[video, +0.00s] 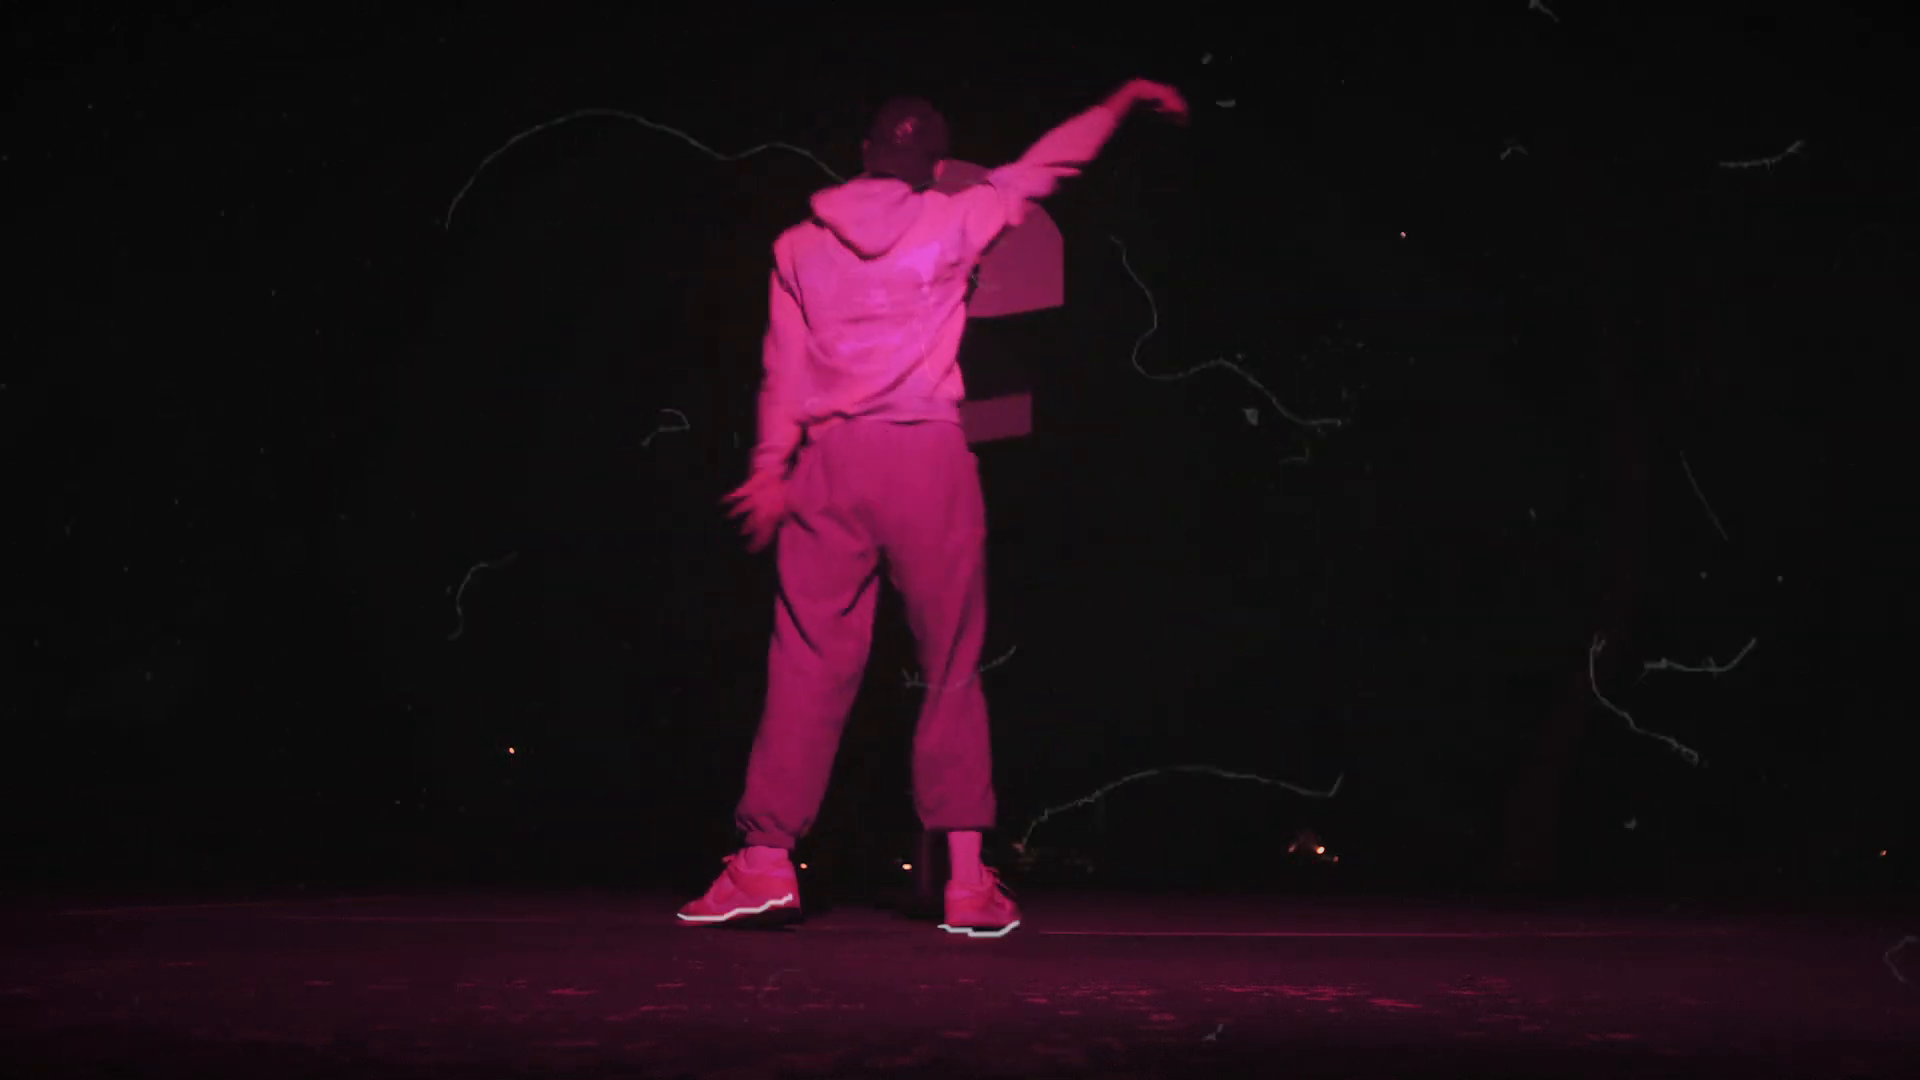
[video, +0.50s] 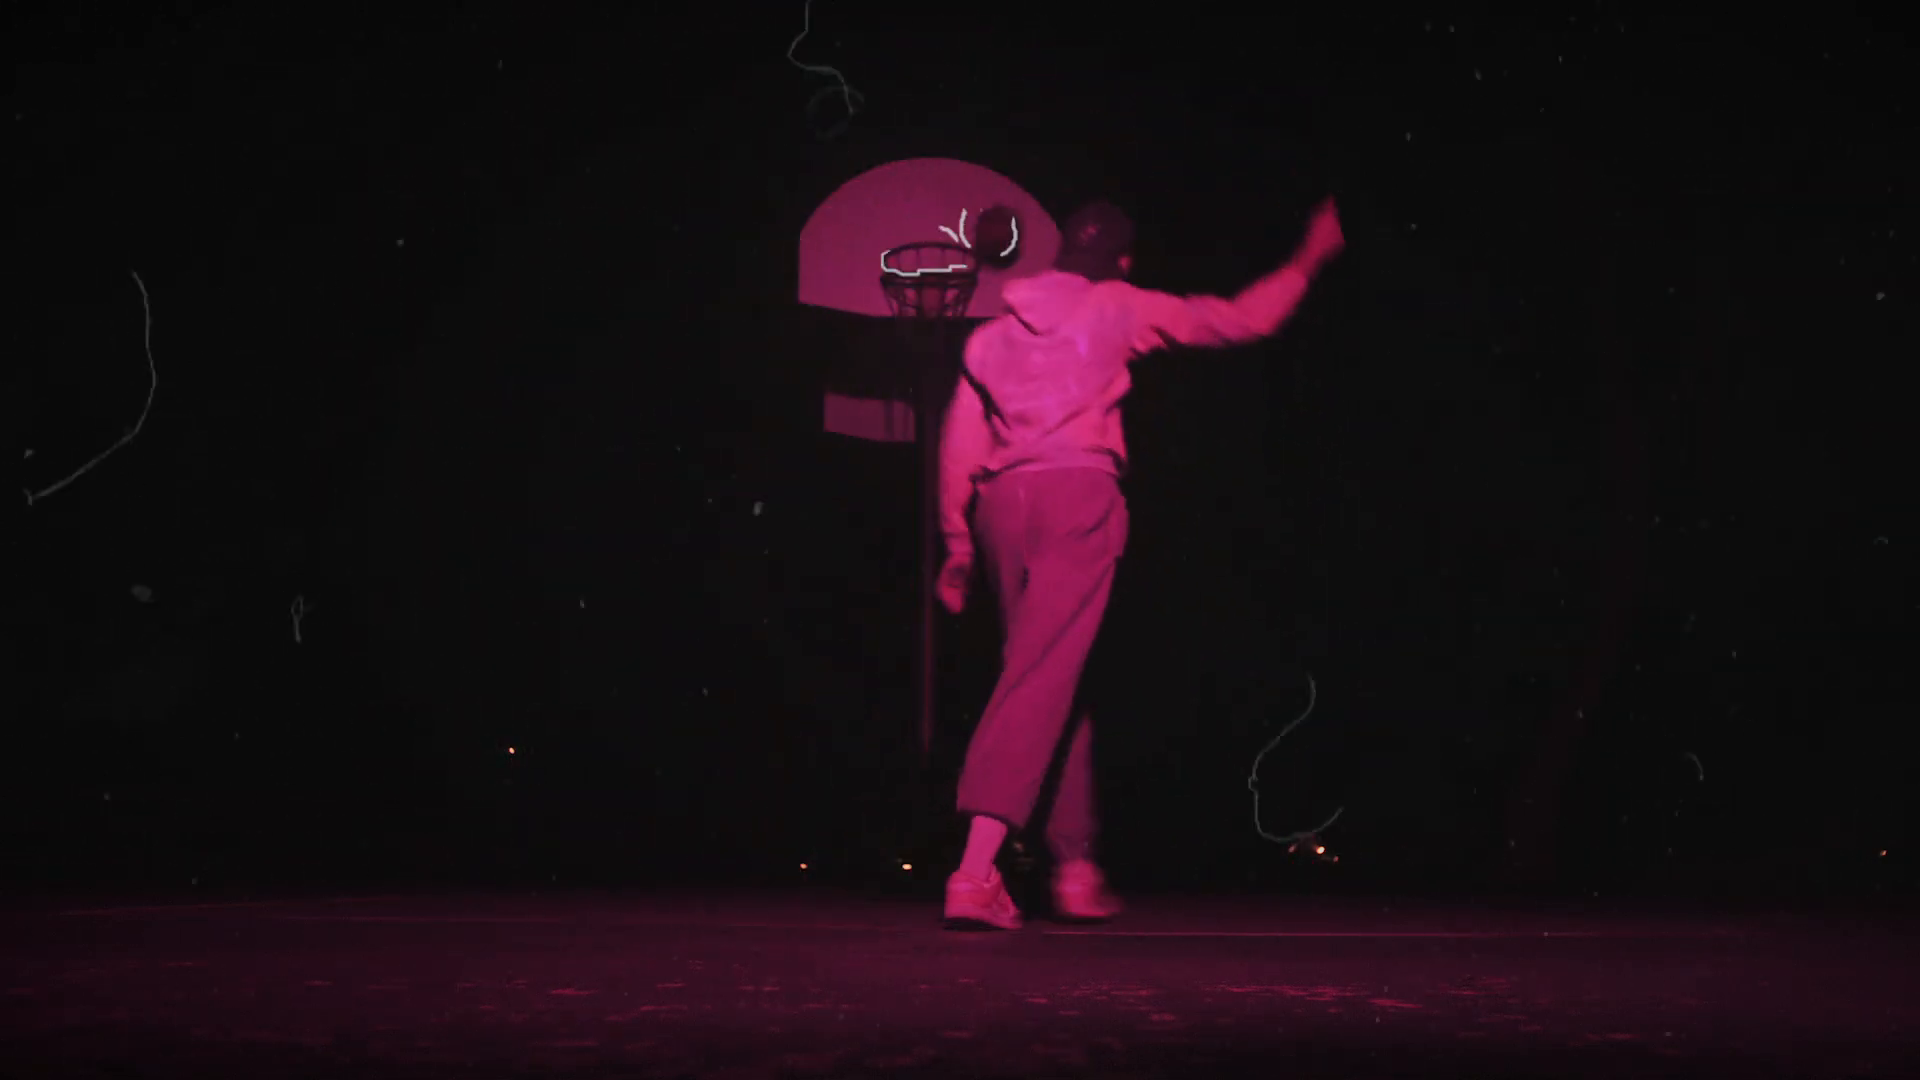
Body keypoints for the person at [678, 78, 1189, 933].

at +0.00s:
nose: (945, 174)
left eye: (933, 159)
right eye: (942, 162)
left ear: (862, 156)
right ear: (935, 164)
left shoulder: (799, 246)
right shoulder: (951, 221)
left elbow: (782, 373)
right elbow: (1043, 168)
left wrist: (769, 471)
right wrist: (1122, 100)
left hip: (825, 464)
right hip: (923, 462)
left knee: (809, 658)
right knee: (950, 663)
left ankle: (764, 859)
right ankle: (966, 878)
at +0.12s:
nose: (985, 194)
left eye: (970, 182)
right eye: (986, 186)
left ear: (910, 186)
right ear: (982, 191)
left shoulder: (856, 263)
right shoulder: (1001, 241)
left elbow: (844, 370)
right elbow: (1100, 184)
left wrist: (845, 445)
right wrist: (1184, 110)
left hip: (893, 476)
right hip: (987, 471)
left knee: (858, 658)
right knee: (998, 666)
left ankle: (778, 827)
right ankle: (975, 872)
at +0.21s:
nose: (1013, 204)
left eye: (1004, 193)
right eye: (1010, 195)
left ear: (929, 195)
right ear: (998, 198)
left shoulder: (873, 273)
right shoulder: (1015, 250)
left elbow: (859, 385)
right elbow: (1114, 193)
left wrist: (865, 457)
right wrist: (1202, 113)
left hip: (914, 482)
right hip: (1004, 475)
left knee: (875, 662)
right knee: (1010, 670)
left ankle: (798, 820)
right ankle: (976, 877)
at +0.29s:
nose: (1045, 207)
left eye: (1039, 196)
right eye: (1042, 197)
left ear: (968, 200)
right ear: (1031, 203)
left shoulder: (907, 277)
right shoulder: (1045, 254)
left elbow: (891, 385)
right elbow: (1154, 207)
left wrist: (886, 474)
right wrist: (1237, 126)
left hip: (943, 483)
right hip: (1031, 478)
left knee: (917, 671)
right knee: (1016, 674)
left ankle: (855, 819)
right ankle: (977, 879)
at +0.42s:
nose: (1092, 239)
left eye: (1088, 227)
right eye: (1091, 229)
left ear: (1020, 227)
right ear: (1078, 232)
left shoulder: (954, 310)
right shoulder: (1086, 281)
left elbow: (930, 424)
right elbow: (1213, 268)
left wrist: (924, 522)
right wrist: (1282, 186)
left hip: (974, 485)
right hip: (1059, 476)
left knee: (983, 672)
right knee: (1035, 670)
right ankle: (974, 875)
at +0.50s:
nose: (1124, 270)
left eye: (1124, 259)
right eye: (1125, 260)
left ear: (1059, 249)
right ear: (1114, 259)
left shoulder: (991, 336)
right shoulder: (1114, 308)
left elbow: (959, 445)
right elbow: (1240, 319)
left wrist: (957, 542)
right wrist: (1309, 257)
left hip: (999, 500)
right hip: (1079, 491)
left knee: (1049, 666)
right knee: (1040, 667)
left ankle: (1073, 865)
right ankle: (976, 869)